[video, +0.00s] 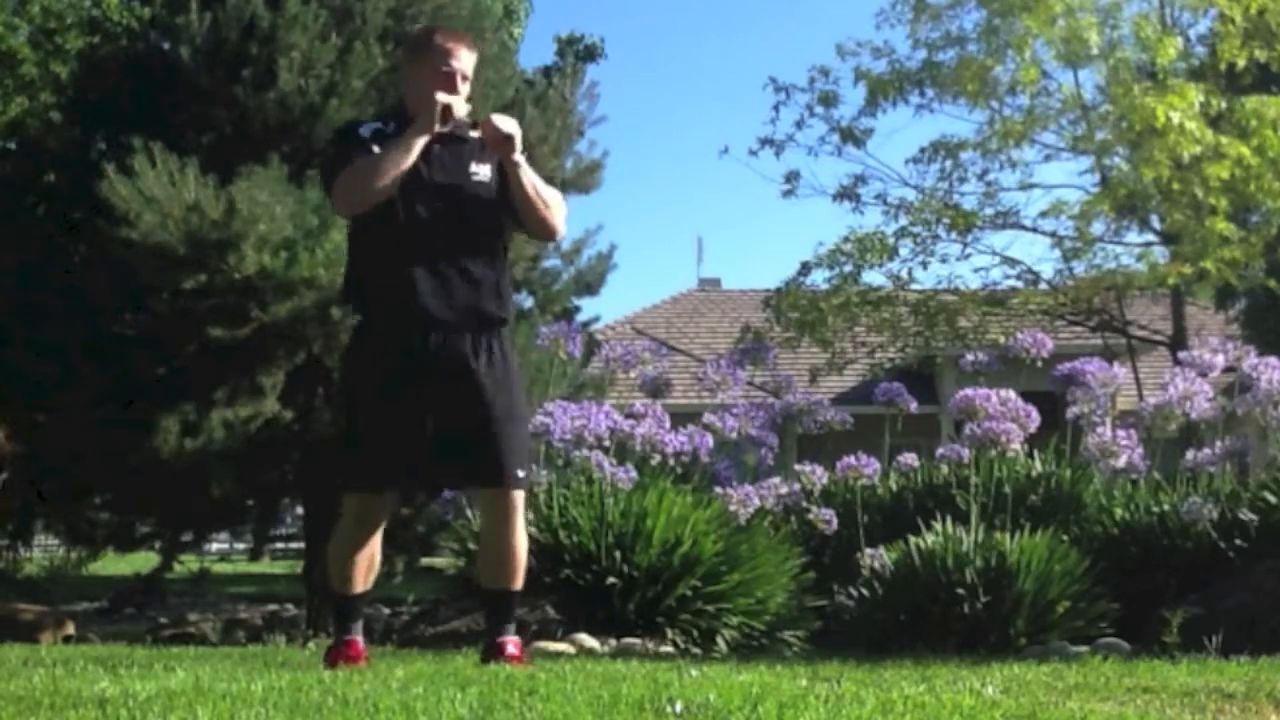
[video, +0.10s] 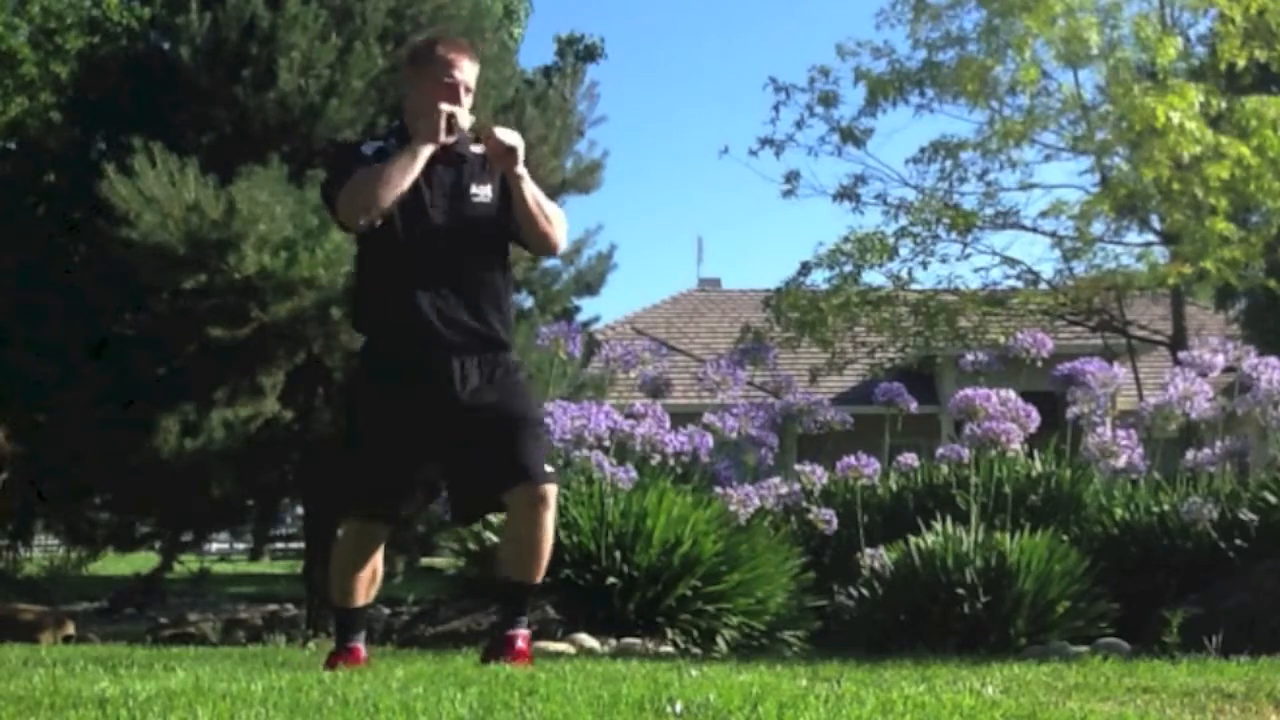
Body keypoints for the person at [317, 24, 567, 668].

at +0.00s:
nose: (453, 86)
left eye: (463, 78)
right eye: (442, 73)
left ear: (472, 87)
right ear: (406, 71)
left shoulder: (494, 151)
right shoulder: (367, 141)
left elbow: (551, 225)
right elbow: (349, 200)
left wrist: (514, 161)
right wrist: (422, 132)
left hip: (481, 344)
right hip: (390, 343)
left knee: (506, 492)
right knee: (369, 499)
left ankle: (502, 637)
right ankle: (348, 636)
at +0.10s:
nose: (456, 98)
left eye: (466, 90)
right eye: (444, 85)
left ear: (475, 101)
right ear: (408, 85)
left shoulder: (497, 168)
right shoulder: (368, 158)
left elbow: (553, 241)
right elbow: (356, 212)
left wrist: (517, 175)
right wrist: (427, 144)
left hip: (488, 366)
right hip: (395, 367)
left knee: (536, 491)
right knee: (367, 516)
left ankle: (513, 633)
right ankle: (349, 646)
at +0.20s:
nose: (475, 90)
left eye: (484, 82)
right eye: (463, 78)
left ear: (491, 91)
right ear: (425, 80)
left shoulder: (510, 156)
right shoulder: (385, 148)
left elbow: (565, 234)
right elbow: (372, 211)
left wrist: (533, 167)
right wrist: (447, 143)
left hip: (506, 347)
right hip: (417, 351)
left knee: (579, 462)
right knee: (380, 507)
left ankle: (548, 607)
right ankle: (351, 641)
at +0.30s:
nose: (501, 86)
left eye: (510, 78)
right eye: (488, 74)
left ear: (520, 86)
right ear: (451, 76)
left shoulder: (535, 148)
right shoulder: (412, 143)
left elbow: (593, 227)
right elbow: (404, 203)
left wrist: (564, 157)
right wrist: (476, 136)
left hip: (531, 348)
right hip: (439, 353)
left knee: (609, 458)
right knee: (394, 504)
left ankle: (622, 618)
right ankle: (355, 631)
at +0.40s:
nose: (536, 110)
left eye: (543, 101)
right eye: (521, 98)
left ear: (550, 110)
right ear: (481, 101)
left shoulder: (568, 177)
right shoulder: (440, 164)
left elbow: (634, 240)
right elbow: (453, 212)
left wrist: (604, 164)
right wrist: (525, 147)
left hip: (553, 375)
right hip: (459, 376)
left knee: (626, 490)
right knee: (404, 518)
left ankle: (708, 618)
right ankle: (360, 637)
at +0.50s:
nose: (578, 128)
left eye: (584, 118)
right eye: (562, 115)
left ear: (595, 130)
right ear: (521, 126)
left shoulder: (611, 207)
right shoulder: (498, 191)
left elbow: (684, 237)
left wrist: (651, 163)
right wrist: (603, 141)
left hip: (593, 402)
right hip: (501, 398)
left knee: (677, 512)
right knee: (421, 531)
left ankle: (725, 646)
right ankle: (364, 640)